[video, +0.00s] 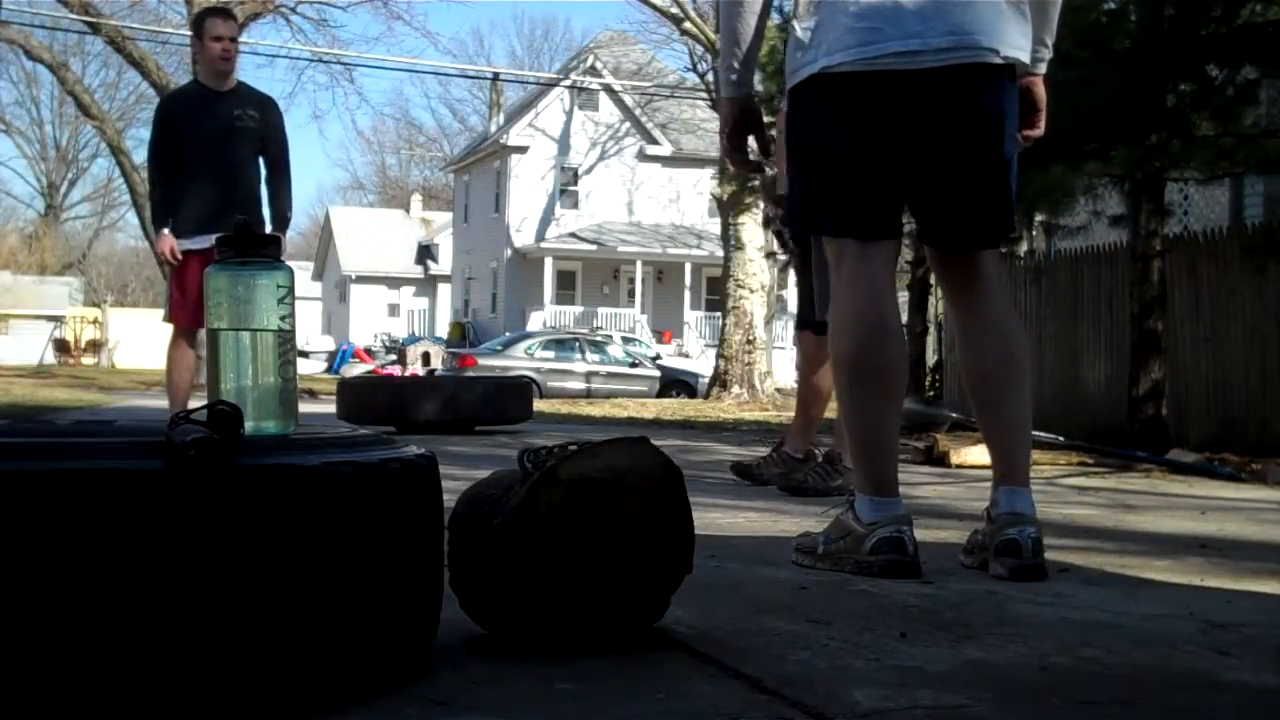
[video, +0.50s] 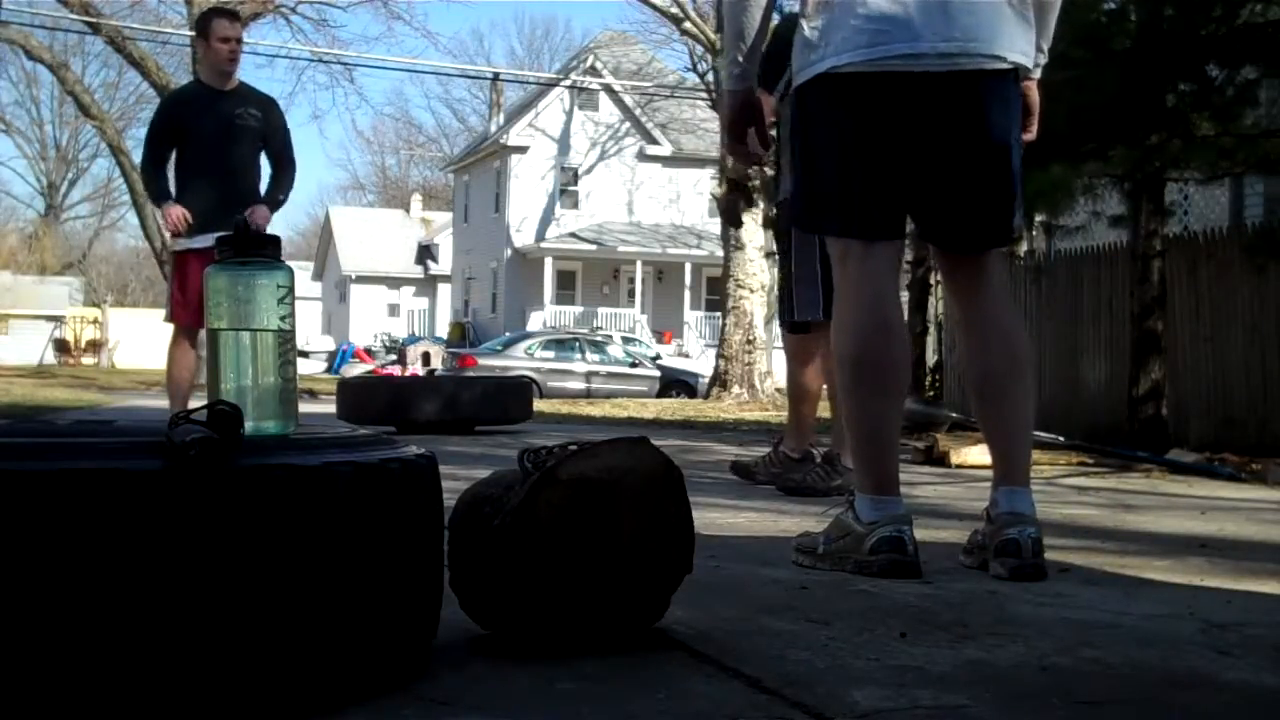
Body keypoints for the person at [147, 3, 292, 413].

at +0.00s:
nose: (228, 48)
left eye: (233, 40)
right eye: (218, 40)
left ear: (239, 46)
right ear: (197, 46)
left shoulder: (262, 106)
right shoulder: (172, 106)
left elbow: (278, 172)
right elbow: (159, 170)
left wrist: (279, 230)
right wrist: (161, 229)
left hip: (246, 237)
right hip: (189, 238)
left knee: (245, 334)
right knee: (186, 332)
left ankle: (242, 424)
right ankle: (178, 422)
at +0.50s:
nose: (235, 49)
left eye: (238, 42)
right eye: (225, 41)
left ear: (243, 46)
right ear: (201, 45)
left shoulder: (263, 106)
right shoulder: (176, 104)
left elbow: (285, 167)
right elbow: (152, 163)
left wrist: (268, 206)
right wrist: (164, 203)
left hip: (246, 239)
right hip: (193, 239)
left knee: (245, 335)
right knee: (187, 331)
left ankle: (242, 425)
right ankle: (178, 421)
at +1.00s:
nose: (235, 47)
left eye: (239, 40)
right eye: (225, 39)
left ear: (243, 46)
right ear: (201, 46)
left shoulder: (262, 107)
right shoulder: (175, 105)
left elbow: (289, 166)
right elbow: (152, 166)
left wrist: (273, 190)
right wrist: (175, 189)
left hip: (246, 236)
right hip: (193, 237)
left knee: (245, 333)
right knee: (187, 331)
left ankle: (243, 424)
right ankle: (178, 421)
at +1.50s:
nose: (239, 50)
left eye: (241, 43)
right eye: (229, 43)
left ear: (245, 47)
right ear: (203, 48)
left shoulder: (263, 109)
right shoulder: (177, 108)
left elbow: (284, 166)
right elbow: (162, 168)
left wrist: (273, 211)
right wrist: (176, 217)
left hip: (250, 238)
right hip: (195, 238)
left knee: (250, 334)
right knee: (188, 331)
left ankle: (248, 424)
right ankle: (178, 421)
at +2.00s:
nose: (239, 50)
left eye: (242, 43)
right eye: (229, 43)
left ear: (246, 47)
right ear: (204, 49)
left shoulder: (265, 110)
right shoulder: (178, 109)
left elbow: (285, 167)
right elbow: (163, 170)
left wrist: (278, 210)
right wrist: (177, 213)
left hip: (252, 238)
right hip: (197, 237)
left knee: (252, 332)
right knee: (189, 329)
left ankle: (249, 423)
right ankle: (178, 420)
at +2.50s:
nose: (239, 51)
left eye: (242, 44)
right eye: (229, 44)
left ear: (246, 47)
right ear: (205, 50)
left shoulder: (266, 110)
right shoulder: (178, 109)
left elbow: (285, 170)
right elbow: (163, 170)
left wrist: (278, 219)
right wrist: (175, 221)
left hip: (250, 240)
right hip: (196, 239)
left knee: (251, 334)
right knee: (189, 330)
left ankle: (248, 424)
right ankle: (179, 421)